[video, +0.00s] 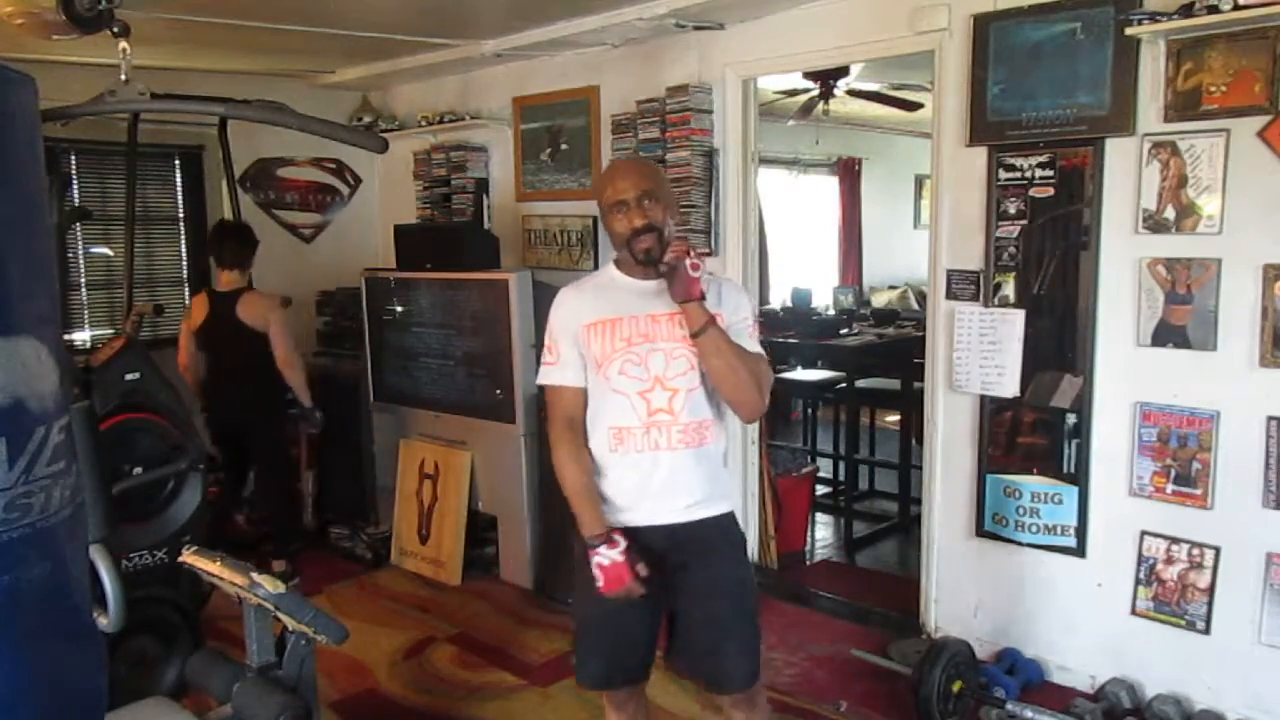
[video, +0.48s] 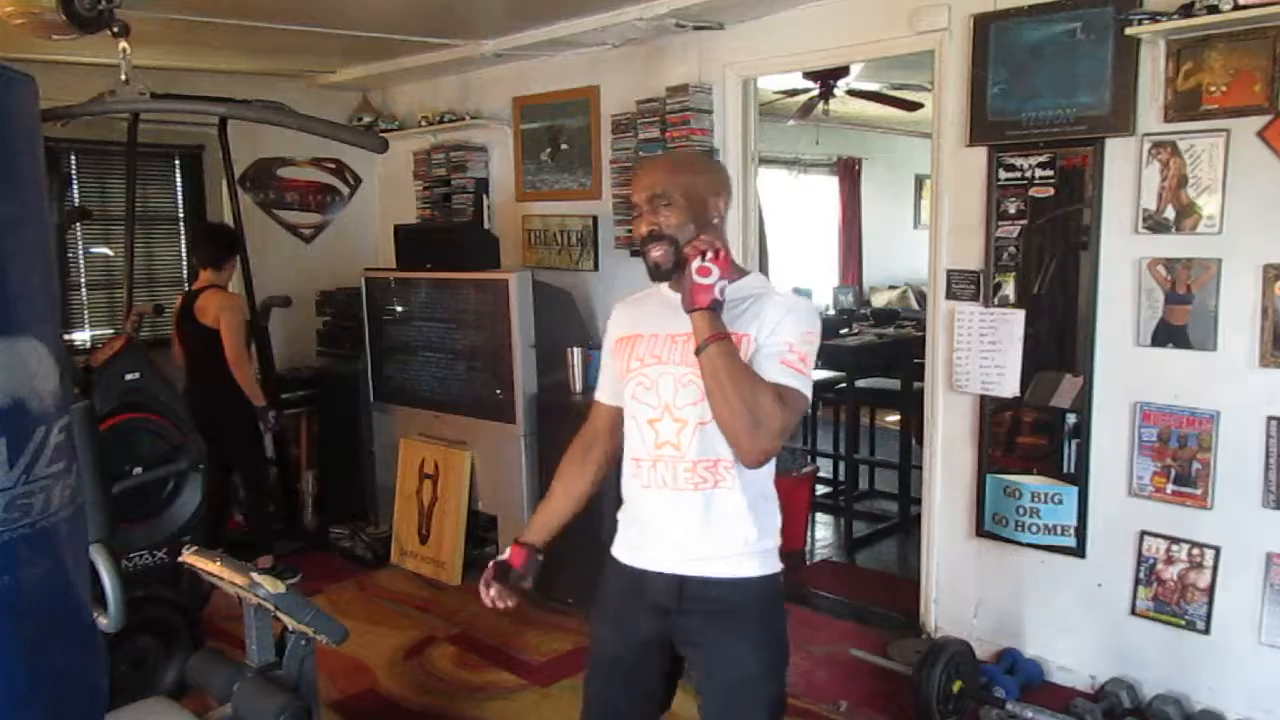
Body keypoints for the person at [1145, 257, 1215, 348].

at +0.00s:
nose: (1180, 274)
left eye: (1183, 270)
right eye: (1177, 270)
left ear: (1188, 273)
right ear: (1172, 273)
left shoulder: (1191, 288)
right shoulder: (1168, 286)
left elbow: (1213, 269)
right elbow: (1151, 265)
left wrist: (1197, 262)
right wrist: (1166, 261)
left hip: (1181, 329)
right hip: (1164, 327)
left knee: (1189, 357)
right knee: (1154, 356)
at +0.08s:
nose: (1180, 273)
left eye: (1183, 270)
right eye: (1176, 270)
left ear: (1188, 273)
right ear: (1172, 273)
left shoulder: (1191, 287)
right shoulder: (1168, 286)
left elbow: (1213, 268)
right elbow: (1151, 265)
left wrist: (1197, 262)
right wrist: (1166, 261)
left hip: (1181, 329)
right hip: (1164, 327)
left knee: (1189, 358)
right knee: (1155, 356)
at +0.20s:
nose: (1180, 273)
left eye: (1183, 270)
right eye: (1176, 270)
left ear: (1188, 273)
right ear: (1172, 273)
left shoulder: (1191, 287)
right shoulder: (1168, 286)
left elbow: (1213, 268)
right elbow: (1150, 265)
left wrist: (1197, 262)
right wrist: (1166, 261)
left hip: (1181, 329)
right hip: (1164, 327)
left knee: (1189, 358)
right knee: (1155, 356)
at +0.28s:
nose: (1180, 273)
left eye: (1183, 270)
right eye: (1177, 270)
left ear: (1188, 272)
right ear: (1172, 273)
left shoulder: (1191, 288)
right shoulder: (1168, 286)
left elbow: (1212, 269)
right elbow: (1151, 265)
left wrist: (1197, 262)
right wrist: (1166, 261)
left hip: (1181, 329)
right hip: (1164, 327)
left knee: (1189, 358)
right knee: (1154, 356)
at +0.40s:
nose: (1184, 273)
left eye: (1186, 270)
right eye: (1182, 270)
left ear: (1189, 272)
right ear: (1176, 272)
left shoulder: (1192, 288)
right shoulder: (1168, 286)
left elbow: (1213, 268)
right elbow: (1151, 266)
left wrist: (1196, 263)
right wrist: (1163, 260)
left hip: (1181, 329)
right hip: (1165, 327)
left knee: (1190, 357)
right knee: (1154, 356)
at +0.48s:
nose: (1185, 272)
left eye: (1187, 269)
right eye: (1182, 269)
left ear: (1189, 272)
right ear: (1176, 271)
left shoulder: (1192, 287)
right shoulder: (1168, 286)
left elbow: (1213, 269)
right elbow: (1151, 266)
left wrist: (1196, 262)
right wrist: (1164, 260)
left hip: (1181, 329)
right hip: (1164, 327)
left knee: (1191, 358)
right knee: (1154, 356)